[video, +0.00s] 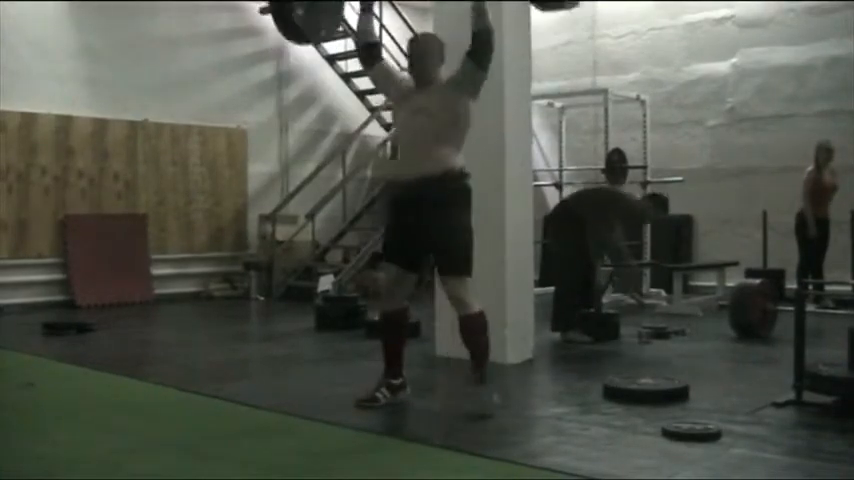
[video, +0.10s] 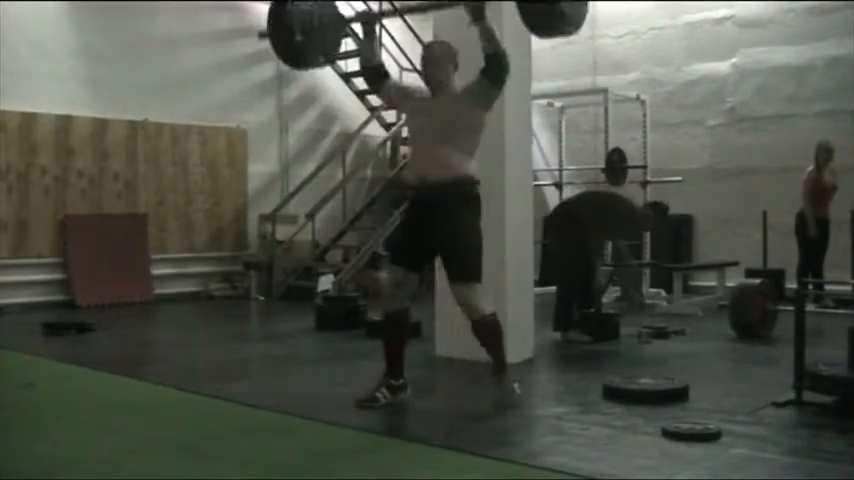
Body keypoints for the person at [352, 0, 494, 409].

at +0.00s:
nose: (418, 61)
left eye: (425, 54)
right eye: (413, 55)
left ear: (440, 59)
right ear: (408, 61)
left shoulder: (457, 93)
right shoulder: (401, 96)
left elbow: (481, 47)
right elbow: (368, 52)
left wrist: (479, 4)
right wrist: (368, 7)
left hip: (446, 191)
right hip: (404, 194)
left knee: (457, 285)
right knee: (393, 286)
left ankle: (480, 384)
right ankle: (393, 380)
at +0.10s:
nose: (428, 65)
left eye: (436, 59)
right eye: (425, 60)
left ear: (454, 64)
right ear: (421, 67)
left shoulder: (471, 103)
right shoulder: (412, 103)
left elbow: (497, 68)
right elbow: (376, 80)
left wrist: (481, 21)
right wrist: (369, 30)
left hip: (459, 198)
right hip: (421, 200)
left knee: (467, 293)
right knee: (396, 288)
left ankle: (503, 377)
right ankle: (393, 380)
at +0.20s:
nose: (447, 83)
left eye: (453, 76)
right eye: (442, 77)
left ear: (469, 75)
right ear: (436, 79)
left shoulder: (488, 105)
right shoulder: (433, 112)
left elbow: (519, 118)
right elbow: (391, 122)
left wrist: (491, 84)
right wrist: (375, 96)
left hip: (476, 204)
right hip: (435, 204)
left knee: (483, 297)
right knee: (410, 290)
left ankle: (507, 382)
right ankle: (395, 381)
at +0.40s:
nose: (457, 82)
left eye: (462, 75)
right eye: (452, 77)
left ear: (479, 72)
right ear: (448, 80)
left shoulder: (506, 112)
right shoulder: (442, 119)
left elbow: (535, 158)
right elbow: (422, 161)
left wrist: (533, 196)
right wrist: (406, 179)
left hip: (496, 206)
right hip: (456, 208)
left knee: (502, 295)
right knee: (432, 286)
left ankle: (510, 379)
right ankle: (441, 370)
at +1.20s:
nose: (413, 116)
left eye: (416, 108)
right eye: (409, 110)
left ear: (435, 98)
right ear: (413, 106)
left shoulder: (483, 126)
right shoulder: (424, 136)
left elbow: (515, 177)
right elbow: (407, 185)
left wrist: (515, 229)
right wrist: (390, 225)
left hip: (491, 211)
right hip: (455, 214)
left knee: (486, 295)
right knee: (427, 290)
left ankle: (497, 389)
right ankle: (454, 362)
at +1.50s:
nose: (372, 155)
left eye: (372, 147)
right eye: (367, 149)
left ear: (388, 135)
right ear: (372, 144)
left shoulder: (449, 148)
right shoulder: (396, 172)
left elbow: (484, 202)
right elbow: (387, 229)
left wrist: (491, 255)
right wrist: (380, 278)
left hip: (479, 216)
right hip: (443, 221)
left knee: (472, 299)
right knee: (420, 293)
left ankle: (491, 392)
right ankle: (416, 384)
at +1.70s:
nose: (369, 210)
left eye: (370, 201)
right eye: (363, 206)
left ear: (382, 191)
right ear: (362, 205)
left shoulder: (436, 210)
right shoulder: (385, 218)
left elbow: (465, 267)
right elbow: (376, 270)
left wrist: (475, 316)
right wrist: (372, 323)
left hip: (481, 243)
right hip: (432, 248)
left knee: (445, 307)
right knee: (403, 299)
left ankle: (469, 395)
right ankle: (416, 385)